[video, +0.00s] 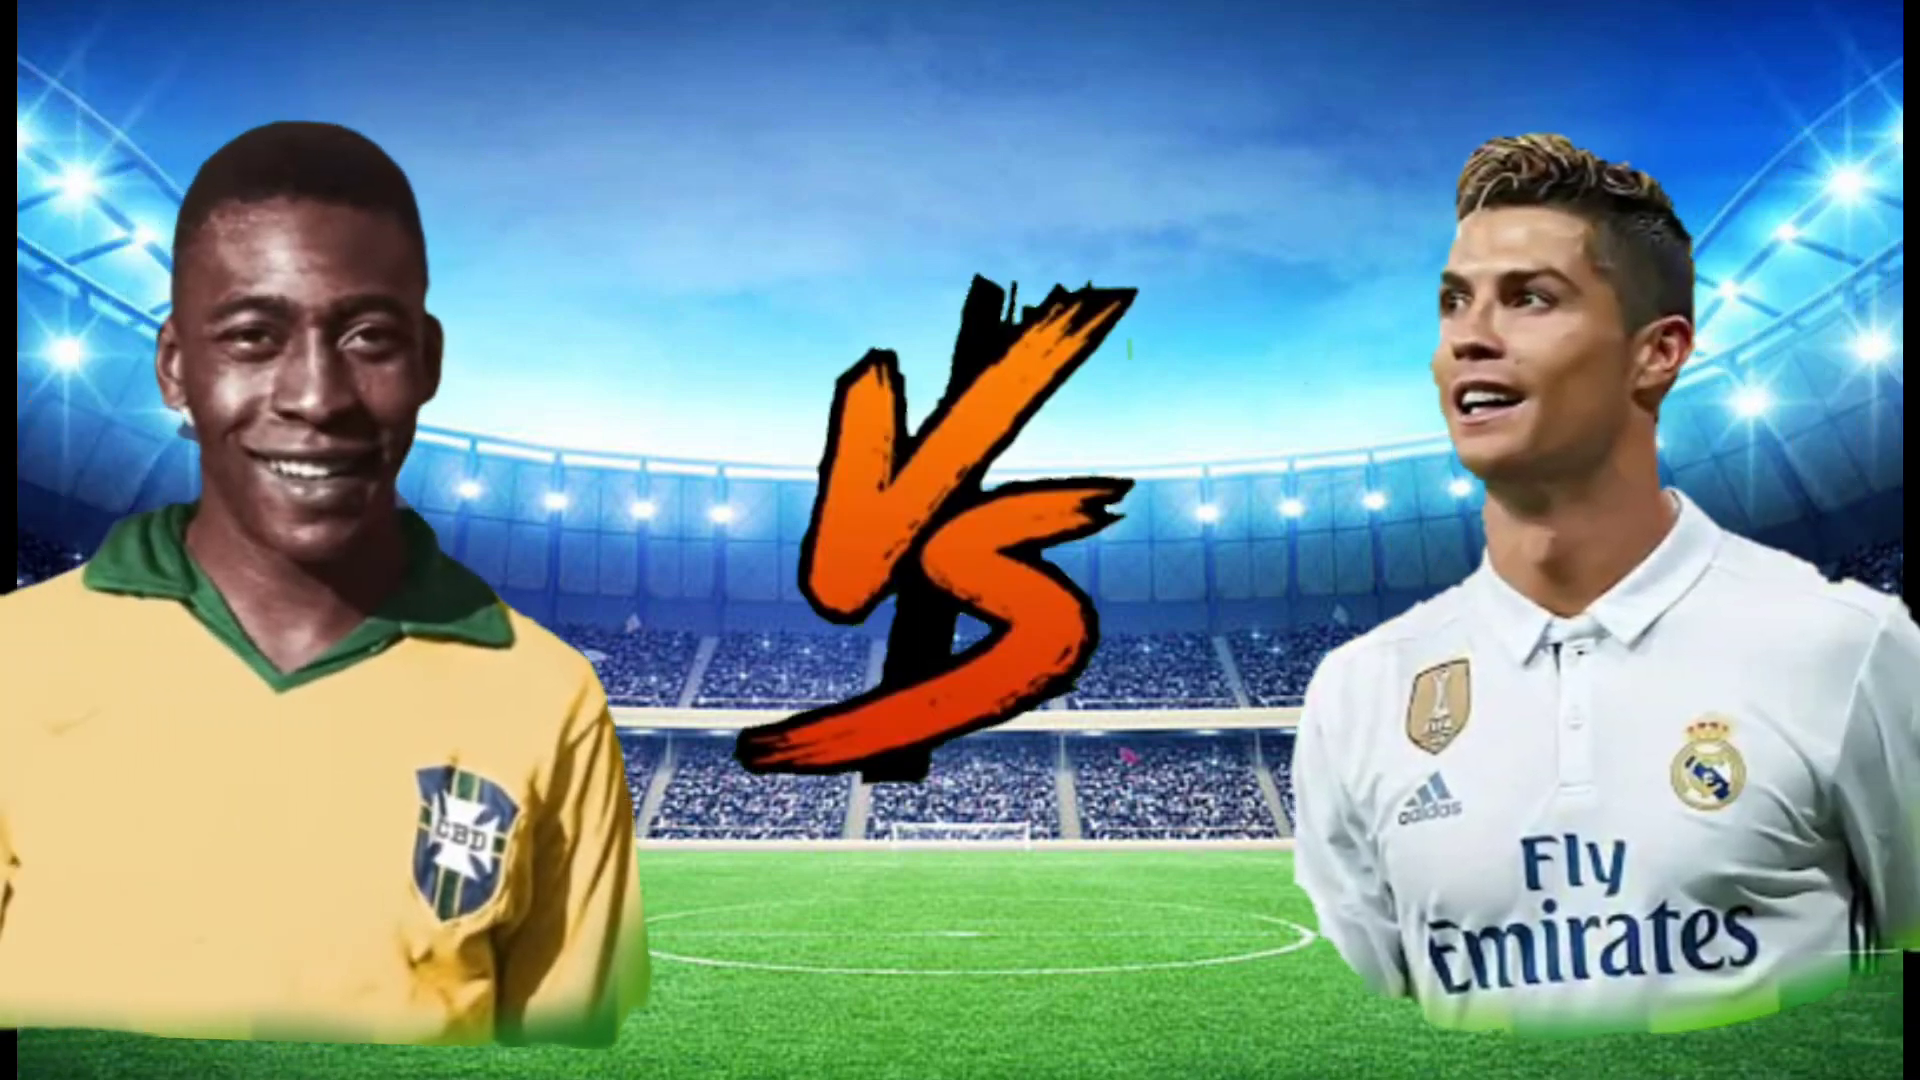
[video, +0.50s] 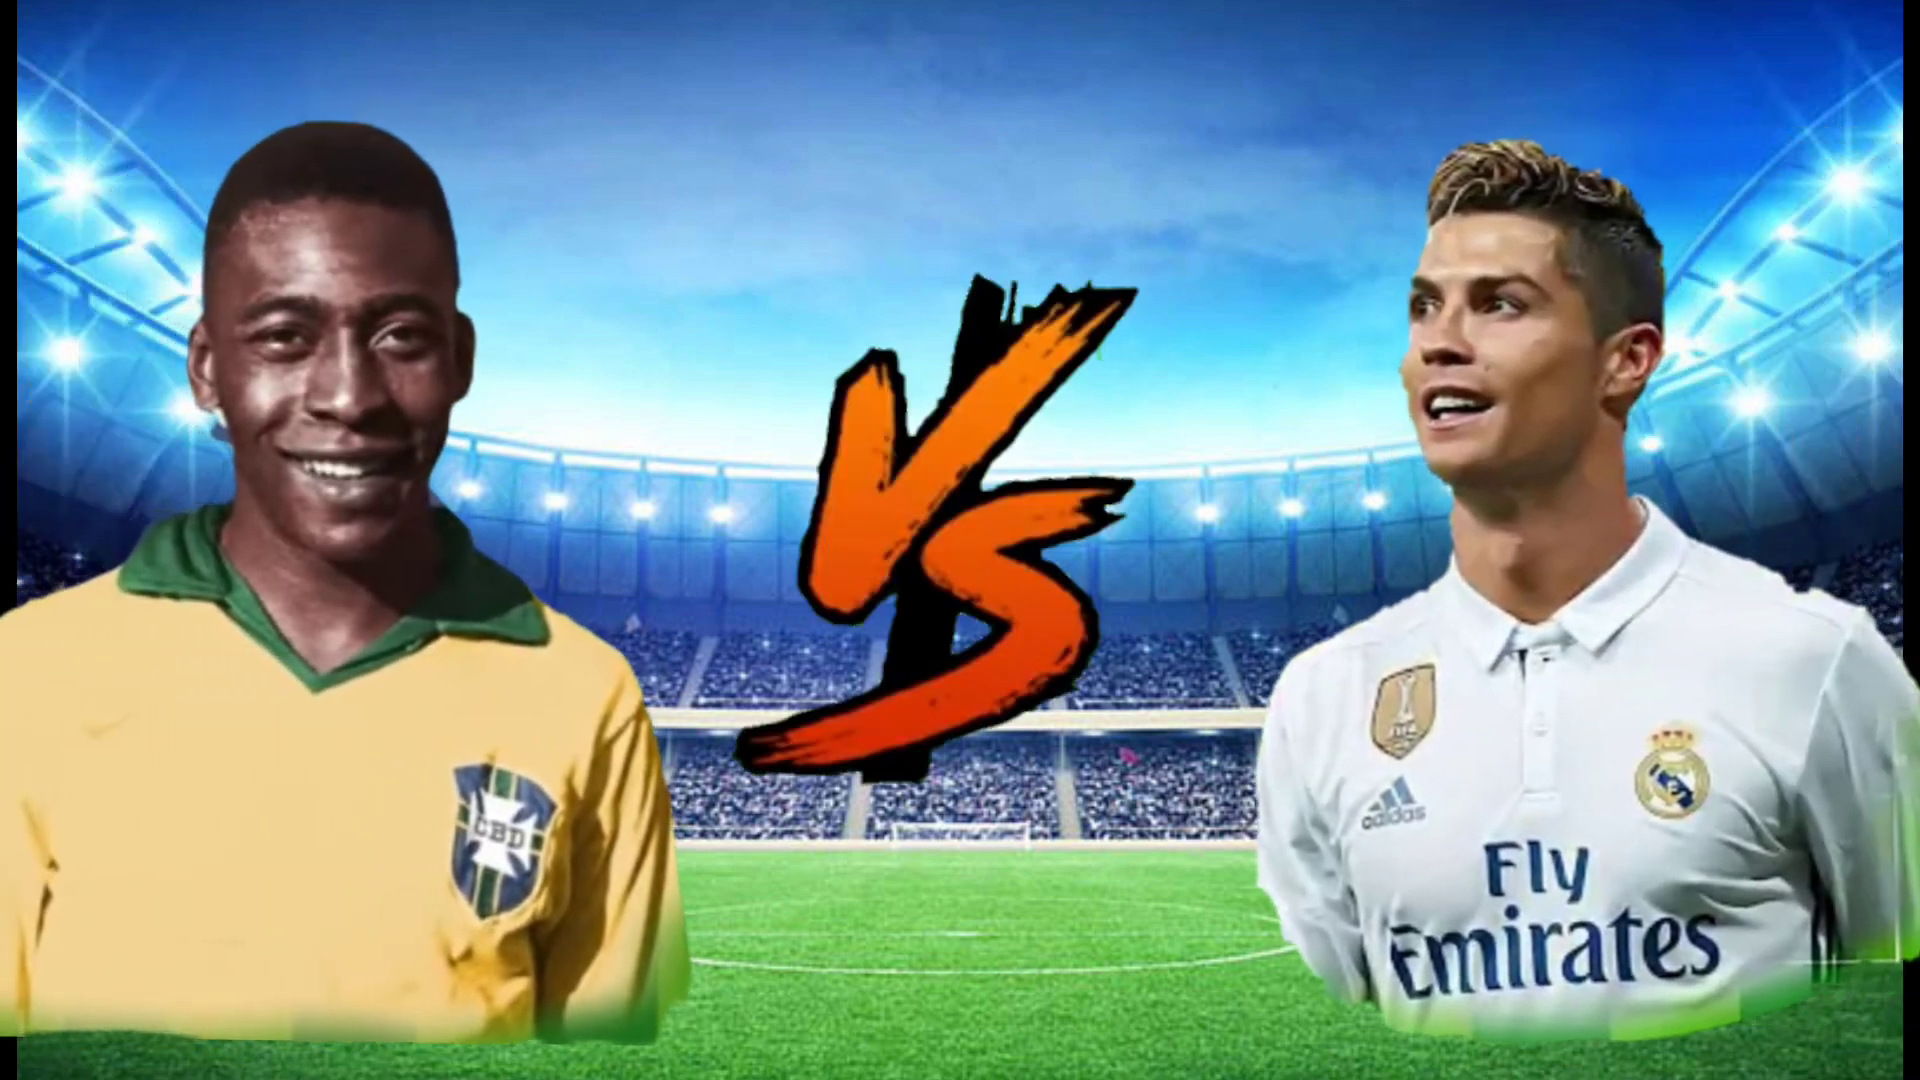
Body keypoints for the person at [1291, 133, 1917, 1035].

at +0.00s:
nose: (1467, 337)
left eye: (1531, 299)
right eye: (1455, 302)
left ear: (1657, 354)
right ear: (1436, 336)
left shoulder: (1854, 660)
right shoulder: (1355, 700)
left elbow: (1911, 977)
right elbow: (1369, 1037)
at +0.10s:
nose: (1458, 338)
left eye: (1521, 300)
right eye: (1445, 303)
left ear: (1647, 356)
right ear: (1427, 336)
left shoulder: (1844, 662)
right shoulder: (1343, 701)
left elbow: (1906, 990)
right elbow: (1358, 1040)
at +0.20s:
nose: (1451, 338)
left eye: (1513, 301)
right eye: (1438, 305)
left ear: (1639, 357)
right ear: (1419, 338)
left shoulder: (1834, 665)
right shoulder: (1335, 702)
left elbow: (1900, 994)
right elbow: (1350, 1038)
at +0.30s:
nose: (1445, 339)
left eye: (1507, 302)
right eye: (1432, 306)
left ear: (1634, 359)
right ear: (1414, 338)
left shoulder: (1824, 665)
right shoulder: (1328, 702)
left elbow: (1895, 1000)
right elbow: (1342, 1036)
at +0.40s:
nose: (1440, 340)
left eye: (1503, 303)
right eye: (1427, 307)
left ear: (1630, 360)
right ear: (1409, 340)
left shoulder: (1819, 667)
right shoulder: (1323, 703)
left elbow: (1891, 1002)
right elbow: (1337, 1037)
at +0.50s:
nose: (1437, 342)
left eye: (1500, 304)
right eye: (1424, 308)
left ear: (1626, 362)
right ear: (1406, 340)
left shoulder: (1815, 669)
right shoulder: (1318, 704)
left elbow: (1888, 1007)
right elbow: (1332, 1039)